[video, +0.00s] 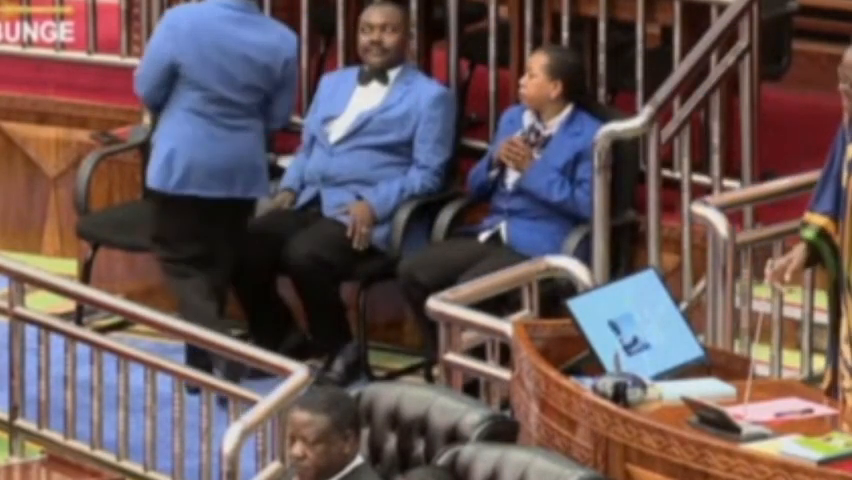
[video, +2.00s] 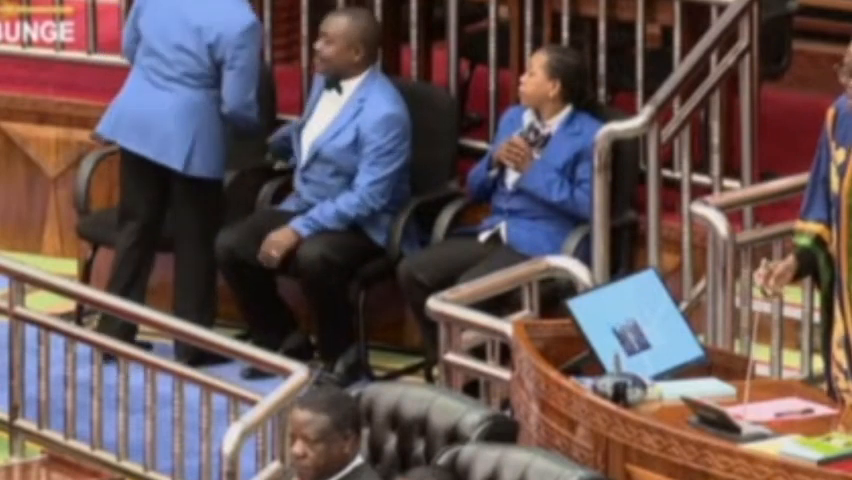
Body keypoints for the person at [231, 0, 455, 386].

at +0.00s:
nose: (376, 38)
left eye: (388, 30)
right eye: (368, 29)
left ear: (406, 39)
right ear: (358, 36)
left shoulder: (430, 96)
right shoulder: (331, 84)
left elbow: (429, 174)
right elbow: (306, 151)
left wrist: (374, 205)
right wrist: (287, 191)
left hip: (368, 216)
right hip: (312, 206)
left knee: (307, 255)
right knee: (246, 245)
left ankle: (337, 350)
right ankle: (278, 340)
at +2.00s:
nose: (316, 47)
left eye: (327, 41)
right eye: (318, 39)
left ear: (357, 55)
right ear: (349, 53)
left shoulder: (384, 110)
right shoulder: (326, 84)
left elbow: (370, 198)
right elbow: (315, 138)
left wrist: (297, 230)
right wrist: (278, 144)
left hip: (362, 222)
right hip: (308, 205)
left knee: (315, 257)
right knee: (233, 246)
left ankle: (341, 359)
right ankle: (280, 341)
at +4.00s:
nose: (351, 51)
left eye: (360, 42)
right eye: (339, 43)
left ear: (372, 45)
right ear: (319, 48)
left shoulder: (397, 101)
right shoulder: (296, 91)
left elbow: (400, 181)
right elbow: (278, 151)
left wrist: (324, 186)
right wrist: (291, 179)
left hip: (363, 219)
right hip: (299, 214)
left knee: (316, 256)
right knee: (235, 249)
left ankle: (339, 357)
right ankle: (281, 345)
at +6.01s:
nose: (358, 53)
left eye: (365, 43)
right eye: (346, 45)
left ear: (375, 47)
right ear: (325, 51)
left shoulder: (400, 103)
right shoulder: (298, 92)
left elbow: (408, 181)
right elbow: (277, 153)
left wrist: (340, 183)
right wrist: (296, 176)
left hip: (360, 216)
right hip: (296, 209)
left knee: (321, 256)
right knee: (235, 248)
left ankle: (339, 357)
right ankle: (281, 344)